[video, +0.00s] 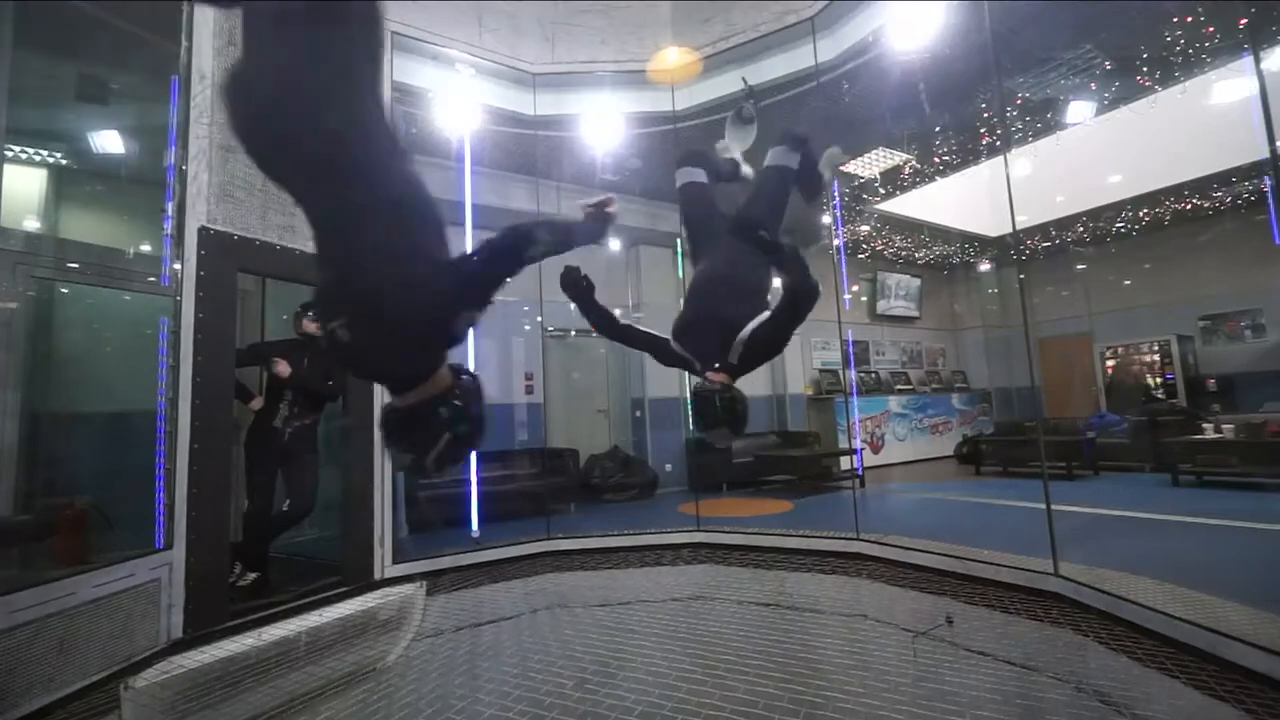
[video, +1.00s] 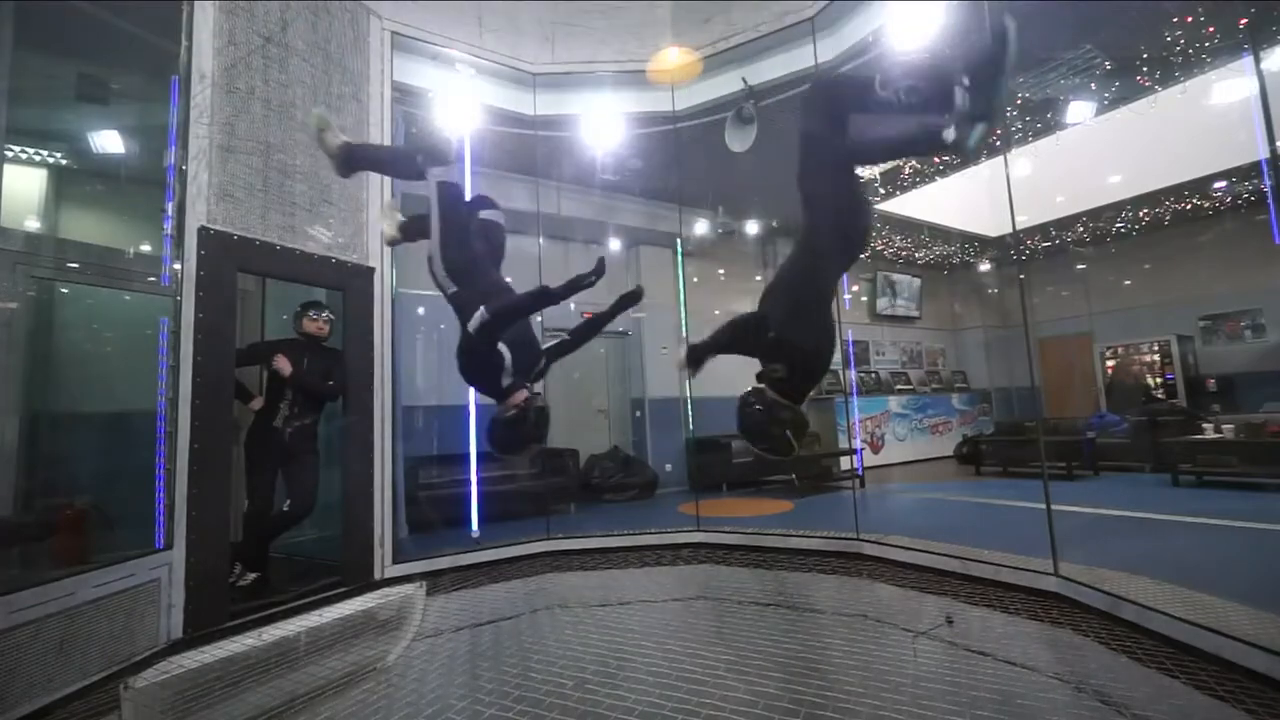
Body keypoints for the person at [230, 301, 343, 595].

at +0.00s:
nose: (311, 325)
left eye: (317, 320)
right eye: (307, 319)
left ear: (326, 325)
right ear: (298, 321)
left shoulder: (332, 356)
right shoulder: (280, 349)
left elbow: (333, 391)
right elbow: (224, 362)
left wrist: (292, 375)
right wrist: (249, 398)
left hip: (302, 440)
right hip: (264, 436)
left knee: (303, 505)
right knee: (260, 505)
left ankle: (242, 551)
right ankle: (255, 570)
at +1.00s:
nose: (320, 323)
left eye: (325, 320)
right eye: (313, 318)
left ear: (331, 326)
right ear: (299, 322)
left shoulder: (334, 357)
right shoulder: (279, 348)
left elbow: (333, 392)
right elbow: (224, 362)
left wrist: (293, 374)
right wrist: (249, 398)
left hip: (302, 441)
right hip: (264, 436)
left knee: (302, 505)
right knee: (260, 505)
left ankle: (241, 552)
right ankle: (254, 569)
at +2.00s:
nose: (323, 323)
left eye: (327, 319)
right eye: (315, 318)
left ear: (331, 325)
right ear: (300, 323)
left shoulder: (333, 357)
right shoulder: (279, 349)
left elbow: (332, 391)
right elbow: (223, 361)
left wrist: (291, 375)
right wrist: (248, 397)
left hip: (302, 440)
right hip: (264, 436)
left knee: (302, 505)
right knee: (259, 506)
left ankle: (242, 554)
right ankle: (255, 571)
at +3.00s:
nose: (318, 321)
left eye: (322, 316)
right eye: (314, 315)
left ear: (329, 318)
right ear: (305, 314)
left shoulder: (332, 347)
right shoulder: (278, 343)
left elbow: (345, 388)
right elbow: (258, 380)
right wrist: (295, 374)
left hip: (319, 438)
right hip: (284, 437)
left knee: (302, 507)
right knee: (278, 507)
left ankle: (285, 575)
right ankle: (258, 573)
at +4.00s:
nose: (331, 314)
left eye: (337, 310)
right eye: (325, 307)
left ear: (341, 317)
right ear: (309, 309)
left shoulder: (334, 351)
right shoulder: (280, 335)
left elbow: (349, 388)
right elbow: (236, 352)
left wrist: (366, 360)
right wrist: (283, 337)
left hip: (306, 438)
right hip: (270, 433)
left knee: (298, 503)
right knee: (262, 496)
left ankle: (285, 572)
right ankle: (260, 565)